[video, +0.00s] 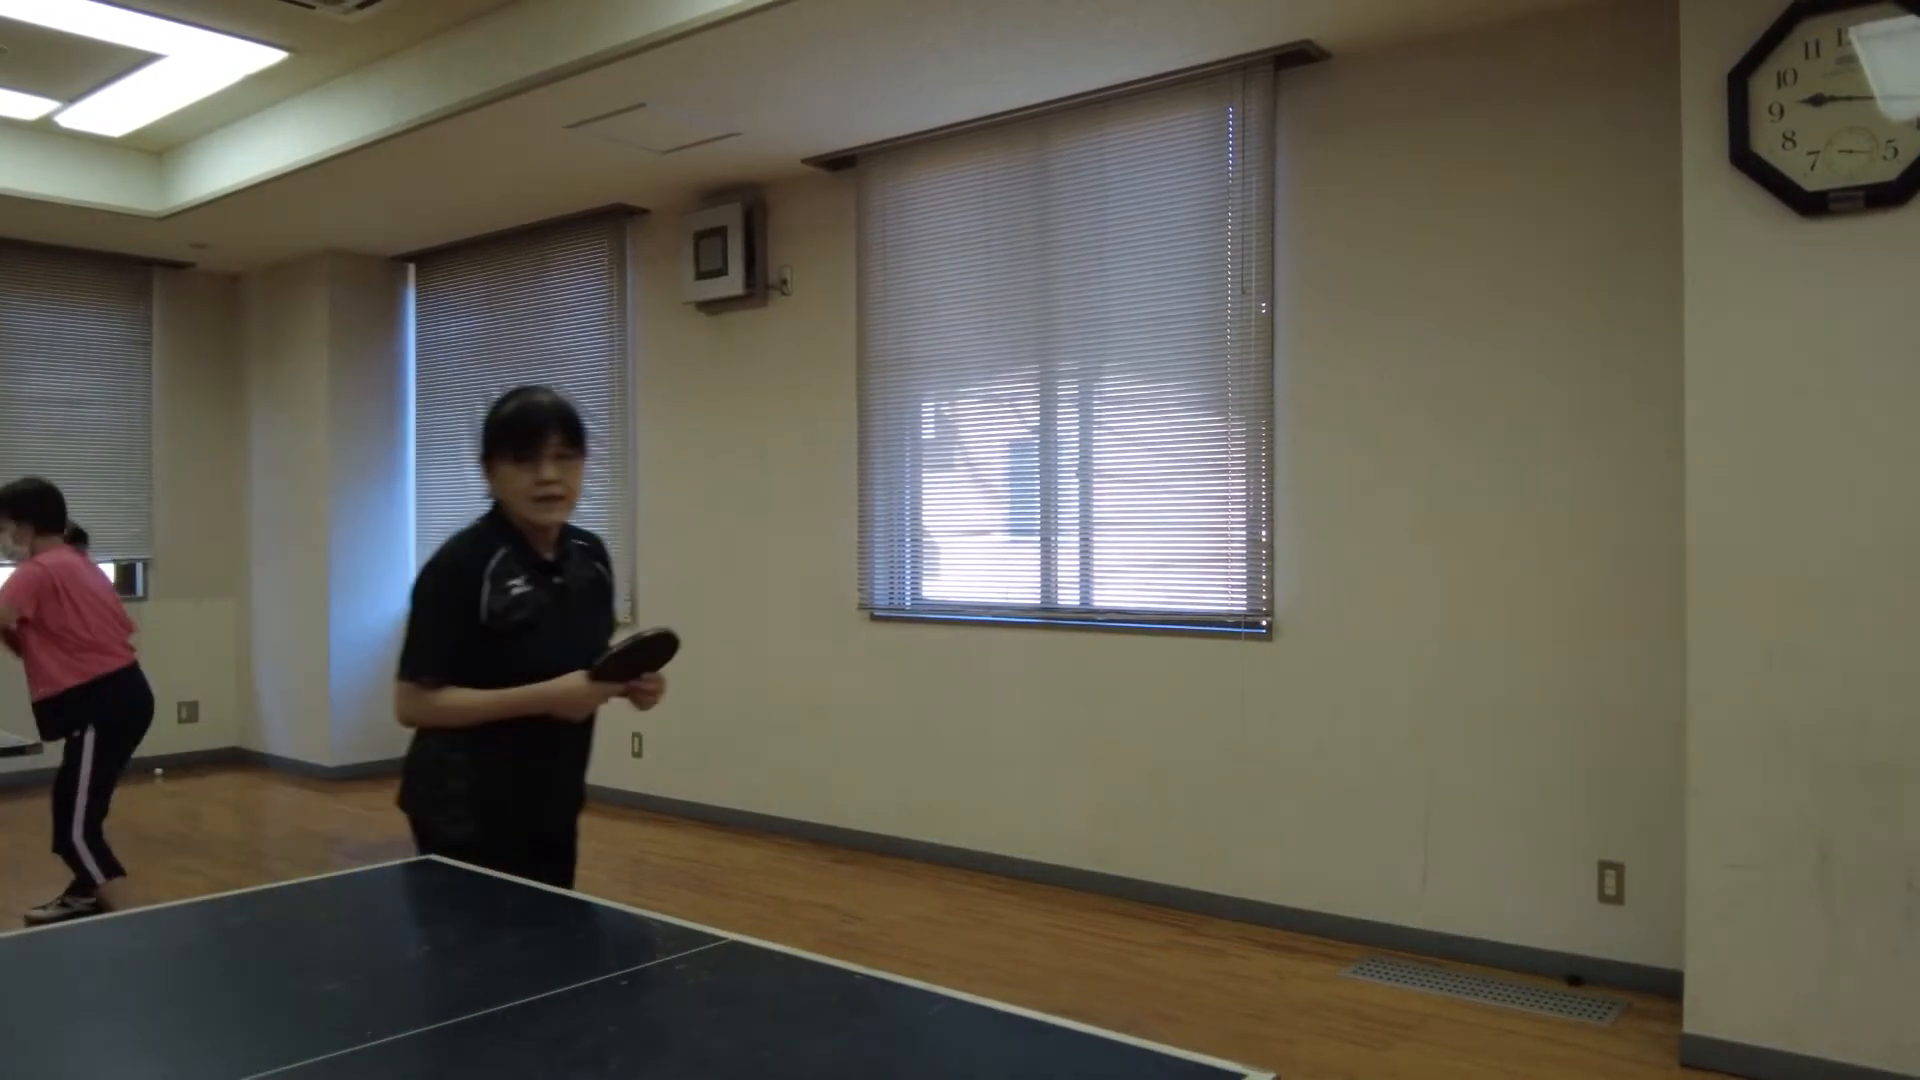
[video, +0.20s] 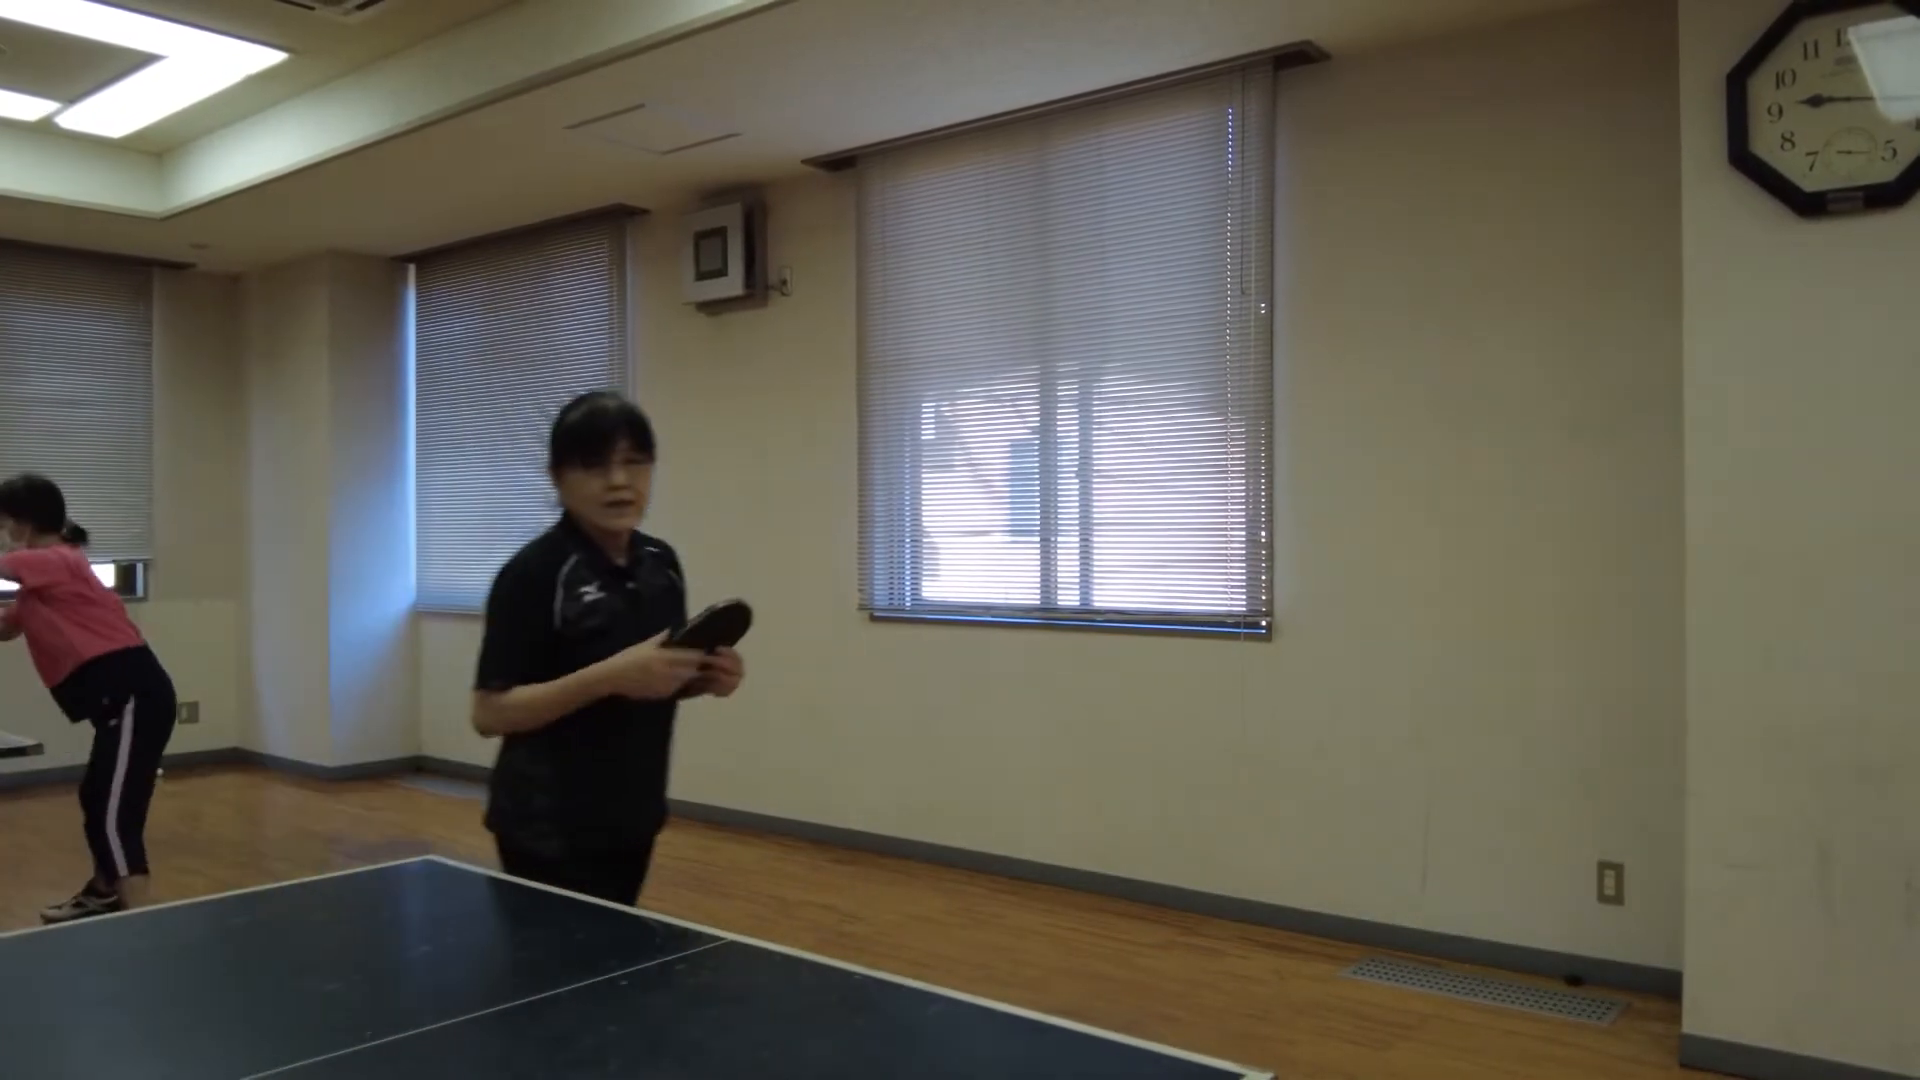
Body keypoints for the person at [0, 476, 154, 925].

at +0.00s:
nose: (6, 534)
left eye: (9, 524)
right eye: (5, 524)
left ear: (28, 524)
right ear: (55, 521)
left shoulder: (35, 571)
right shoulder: (81, 564)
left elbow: (4, 618)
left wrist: (28, 647)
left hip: (98, 699)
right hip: (125, 689)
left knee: (76, 812)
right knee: (73, 798)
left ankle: (105, 902)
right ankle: (85, 890)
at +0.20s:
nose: (5, 537)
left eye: (7, 526)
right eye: (5, 526)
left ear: (25, 523)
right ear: (46, 522)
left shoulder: (60, 560)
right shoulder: (39, 584)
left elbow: (5, 565)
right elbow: (5, 626)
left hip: (138, 694)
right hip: (117, 698)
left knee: (114, 805)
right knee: (96, 795)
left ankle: (137, 914)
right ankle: (104, 889)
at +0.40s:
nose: (10, 543)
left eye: (15, 531)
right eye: (8, 534)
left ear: (39, 528)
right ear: (27, 533)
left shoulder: (70, 573)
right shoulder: (43, 593)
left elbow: (23, 611)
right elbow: (15, 659)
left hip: (141, 705)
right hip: (106, 715)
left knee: (105, 811)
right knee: (73, 797)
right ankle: (100, 891)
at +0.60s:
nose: (15, 537)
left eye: (20, 526)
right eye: (13, 528)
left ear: (46, 527)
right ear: (36, 530)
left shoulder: (70, 577)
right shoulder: (52, 584)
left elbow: (16, 638)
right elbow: (17, 664)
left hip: (135, 705)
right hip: (104, 713)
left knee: (98, 814)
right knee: (71, 793)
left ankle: (129, 917)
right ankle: (95, 888)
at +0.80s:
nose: (20, 546)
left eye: (24, 535)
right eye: (18, 538)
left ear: (48, 536)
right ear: (55, 538)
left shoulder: (63, 586)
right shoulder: (65, 586)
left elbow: (5, 645)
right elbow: (48, 673)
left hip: (124, 717)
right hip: (104, 717)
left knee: (73, 836)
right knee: (62, 806)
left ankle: (126, 924)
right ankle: (83, 899)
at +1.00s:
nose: (12, 546)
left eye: (12, 536)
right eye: (9, 537)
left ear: (33, 526)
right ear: (58, 520)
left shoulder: (48, 567)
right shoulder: (94, 557)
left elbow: (7, 610)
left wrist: (44, 630)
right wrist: (25, 623)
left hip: (113, 704)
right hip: (134, 695)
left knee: (91, 825)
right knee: (87, 815)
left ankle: (135, 927)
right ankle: (87, 888)